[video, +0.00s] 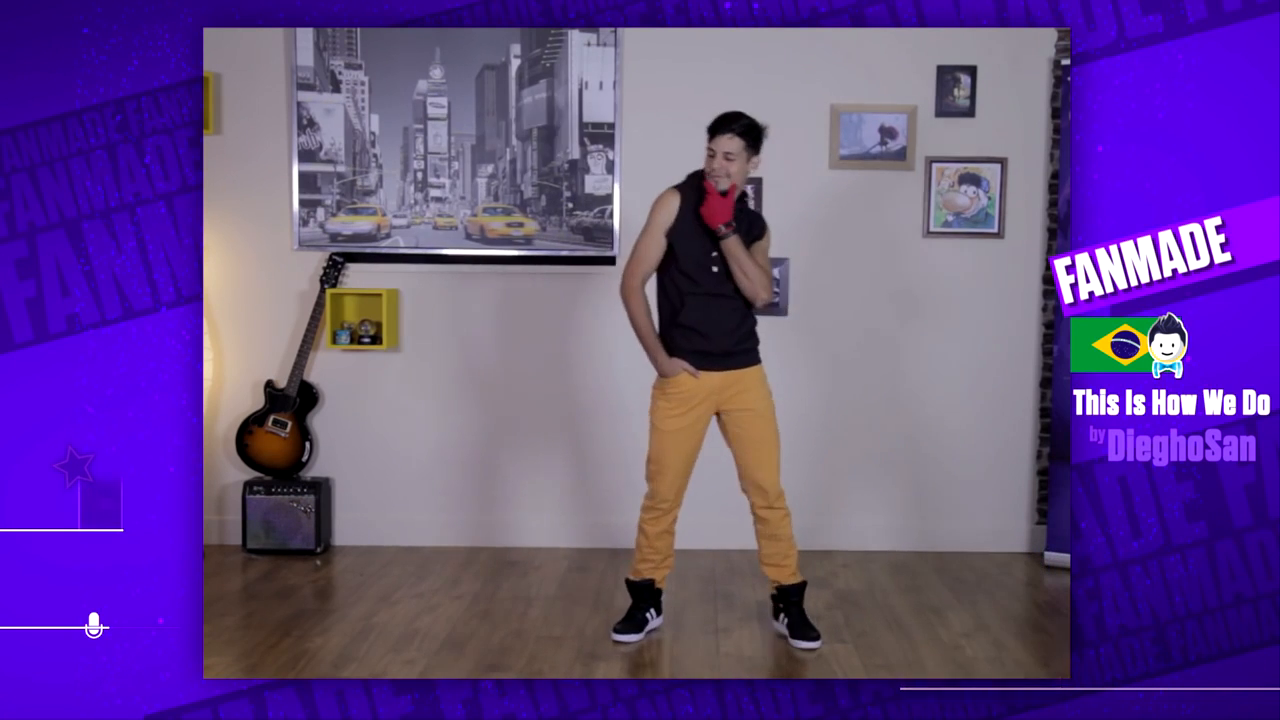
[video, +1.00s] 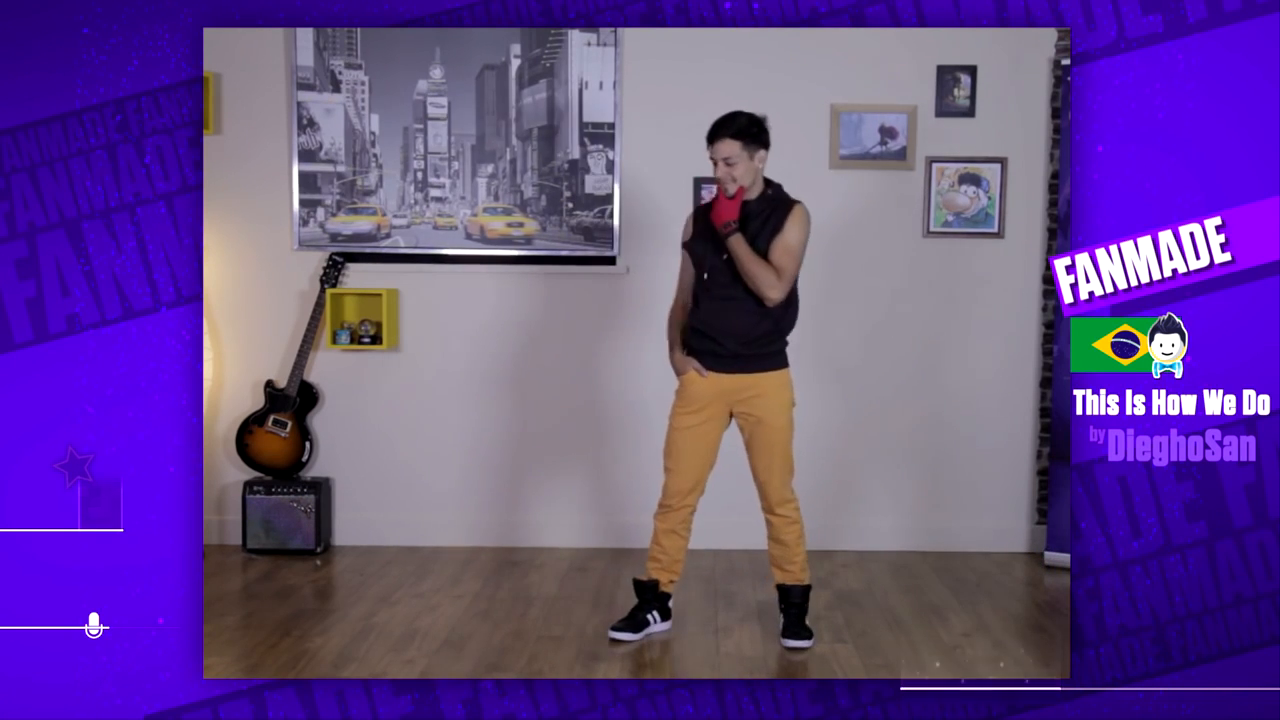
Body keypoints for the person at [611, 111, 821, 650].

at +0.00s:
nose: (718, 165)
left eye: (730, 158)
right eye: (713, 155)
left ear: (752, 166)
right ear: (704, 155)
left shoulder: (753, 224)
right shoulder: (675, 205)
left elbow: (760, 293)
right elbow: (631, 284)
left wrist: (725, 231)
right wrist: (661, 360)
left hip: (743, 377)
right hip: (682, 378)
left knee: (768, 491)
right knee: (661, 495)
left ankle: (789, 602)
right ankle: (645, 601)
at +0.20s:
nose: (684, 156)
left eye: (695, 146)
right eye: (676, 147)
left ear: (715, 153)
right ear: (666, 154)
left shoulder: (733, 218)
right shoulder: (643, 215)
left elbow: (741, 288)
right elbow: (604, 297)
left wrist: (702, 227)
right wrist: (638, 359)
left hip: (724, 378)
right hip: (662, 380)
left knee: (753, 494)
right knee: (654, 497)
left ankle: (770, 606)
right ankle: (645, 602)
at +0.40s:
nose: (666, 166)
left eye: (676, 155)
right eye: (657, 159)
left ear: (696, 155)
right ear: (648, 163)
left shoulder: (731, 214)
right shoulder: (641, 227)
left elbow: (723, 290)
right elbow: (613, 306)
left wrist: (681, 227)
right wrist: (627, 355)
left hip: (719, 377)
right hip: (656, 375)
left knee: (749, 494)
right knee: (651, 494)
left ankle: (772, 606)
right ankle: (645, 603)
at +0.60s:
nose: (673, 166)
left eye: (681, 154)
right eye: (663, 160)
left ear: (703, 151)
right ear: (657, 164)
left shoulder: (737, 203)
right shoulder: (668, 220)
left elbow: (720, 283)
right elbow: (657, 297)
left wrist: (678, 223)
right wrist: (642, 342)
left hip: (728, 377)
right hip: (667, 373)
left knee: (757, 493)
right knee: (655, 493)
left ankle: (789, 601)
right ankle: (646, 600)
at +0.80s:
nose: (703, 159)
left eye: (712, 149)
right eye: (694, 153)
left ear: (737, 150)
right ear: (691, 160)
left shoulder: (763, 203)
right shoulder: (702, 214)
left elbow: (744, 280)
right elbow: (696, 290)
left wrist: (705, 219)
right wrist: (671, 344)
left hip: (750, 382)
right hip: (691, 379)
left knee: (772, 499)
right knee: (668, 498)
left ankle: (793, 605)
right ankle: (653, 602)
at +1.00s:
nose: (720, 172)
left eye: (730, 161)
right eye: (714, 162)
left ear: (760, 158)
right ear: (710, 163)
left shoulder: (791, 216)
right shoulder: (701, 220)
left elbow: (774, 289)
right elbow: (684, 296)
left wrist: (731, 231)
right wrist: (676, 350)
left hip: (764, 381)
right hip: (701, 378)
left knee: (778, 498)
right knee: (676, 495)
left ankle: (794, 605)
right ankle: (654, 602)